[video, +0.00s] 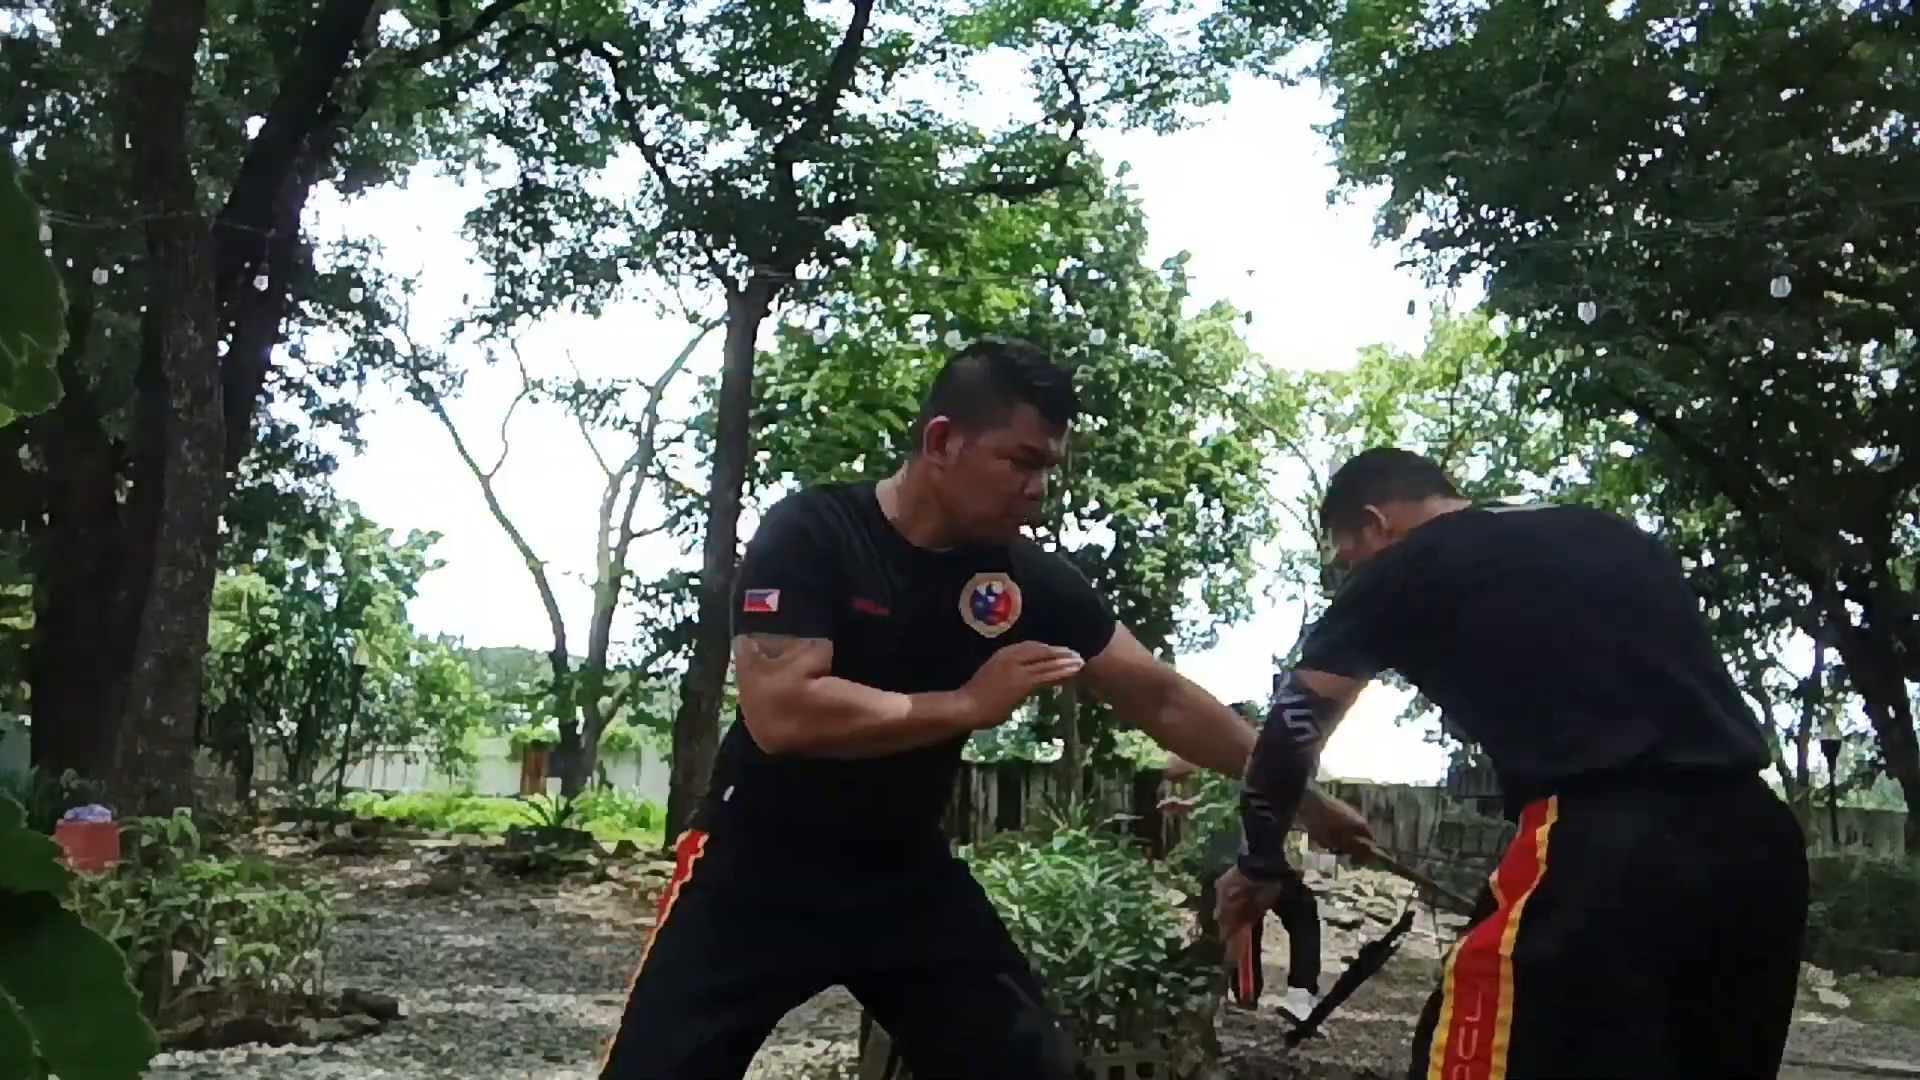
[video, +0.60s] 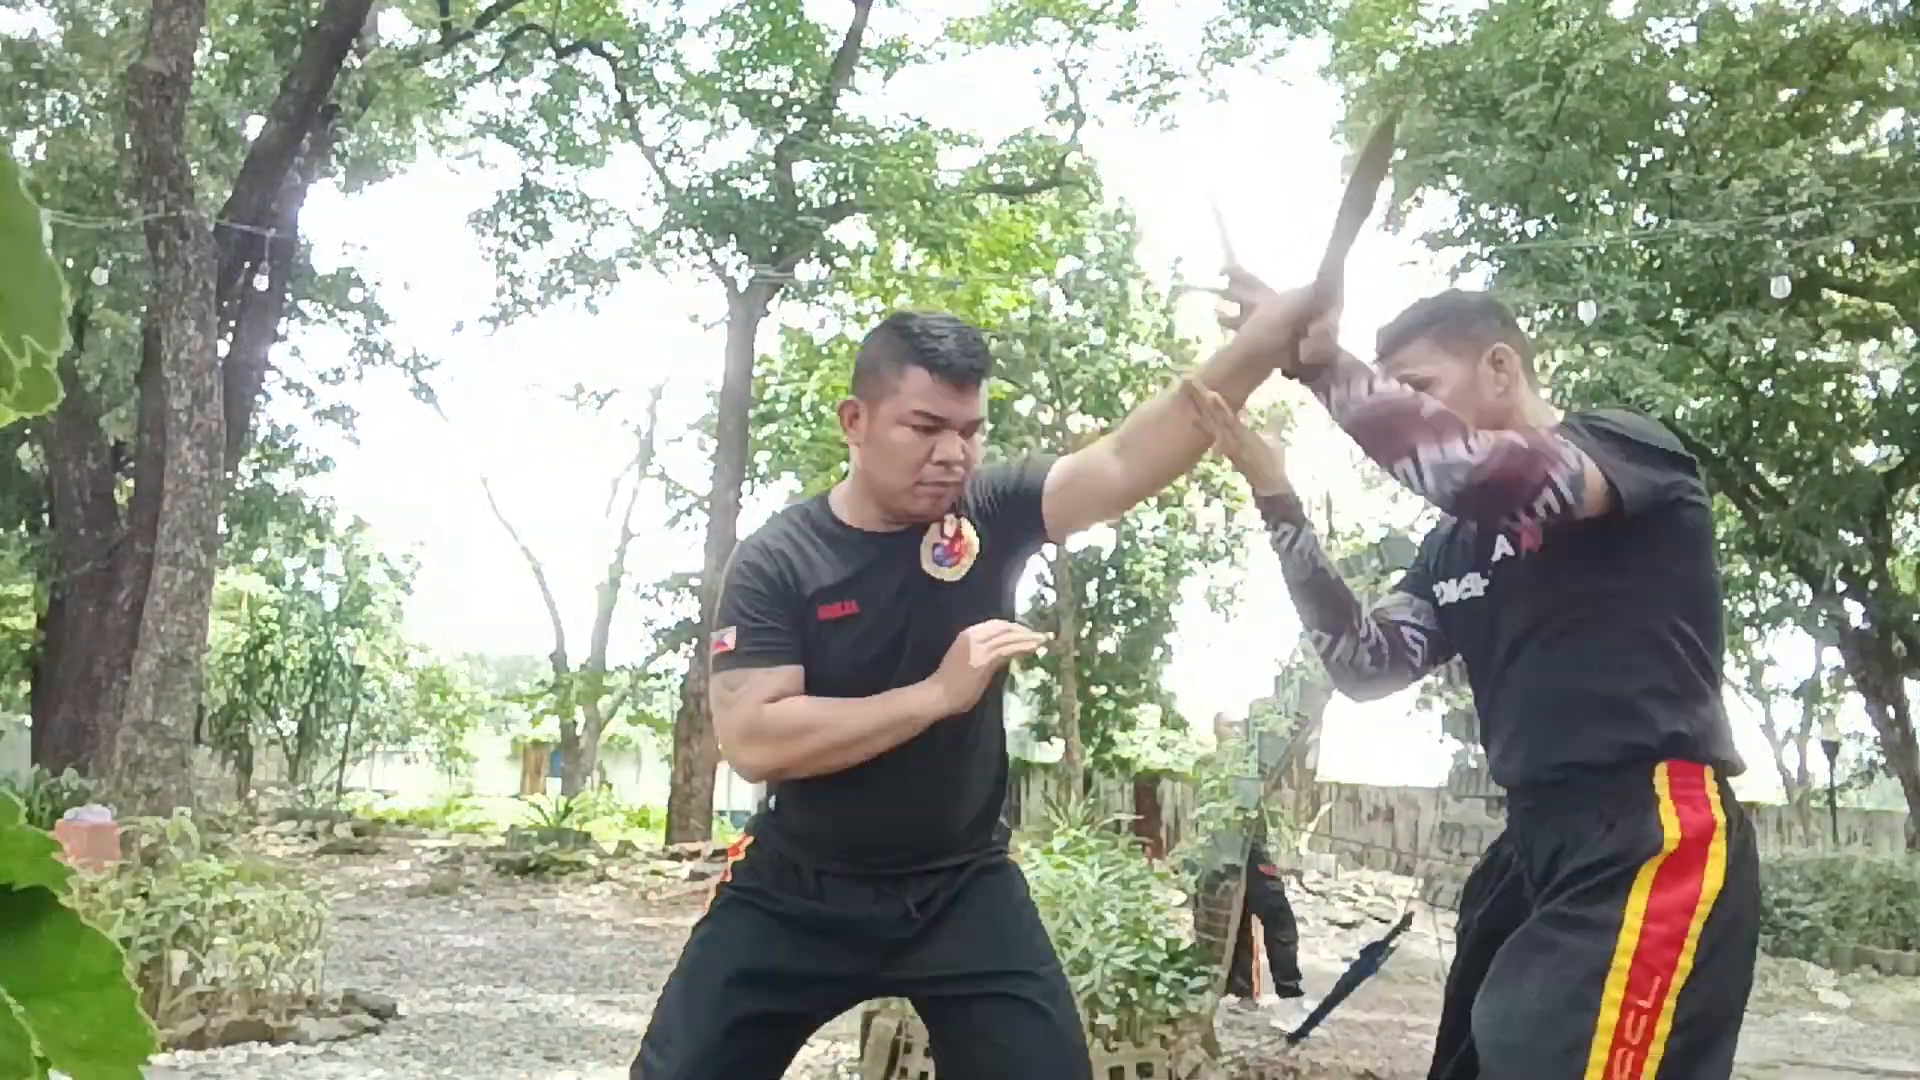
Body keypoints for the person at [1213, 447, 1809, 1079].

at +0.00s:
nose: (1356, 582)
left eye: (1351, 564)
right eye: (1347, 569)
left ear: (1379, 523)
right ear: (1451, 498)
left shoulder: (1404, 569)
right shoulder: (1611, 530)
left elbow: (1292, 727)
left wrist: (1258, 861)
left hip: (1593, 850)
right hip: (1755, 838)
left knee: (1472, 1052)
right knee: (1723, 1061)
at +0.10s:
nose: (1390, 517)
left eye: (1385, 500)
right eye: (1383, 504)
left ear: (1405, 475)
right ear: (1494, 460)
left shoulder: (1405, 543)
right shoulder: (1652, 522)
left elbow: (1316, 699)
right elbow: (1739, 728)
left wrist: (1421, 723)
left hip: (1507, 883)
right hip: (1691, 882)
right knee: (1660, 1066)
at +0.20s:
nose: (1432, 453)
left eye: (1431, 431)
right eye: (1429, 434)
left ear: (1461, 413)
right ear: (1555, 414)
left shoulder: (1426, 501)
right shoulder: (1683, 537)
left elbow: (1310, 561)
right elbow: (1716, 760)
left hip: (1459, 889)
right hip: (1639, 897)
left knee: (1345, 1062)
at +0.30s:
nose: (1454, 419)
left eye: (1454, 400)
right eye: (1451, 404)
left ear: (1488, 385)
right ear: (1583, 394)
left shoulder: (1471, 461)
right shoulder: (1692, 552)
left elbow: (1292, 467)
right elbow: (1605, 730)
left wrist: (1404, 423)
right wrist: (1400, 666)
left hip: (1467, 873)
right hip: (1627, 888)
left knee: (1347, 1062)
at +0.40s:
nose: (1450, 406)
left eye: (1455, 391)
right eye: (1450, 397)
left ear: (1497, 367)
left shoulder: (1533, 437)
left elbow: (1318, 375)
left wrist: (1350, 326)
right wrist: (1303, 587)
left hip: (1530, 859)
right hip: (1623, 877)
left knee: (1389, 1063)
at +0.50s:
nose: (1413, 433)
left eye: (1426, 398)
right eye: (1409, 412)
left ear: (1489, 367)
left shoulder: (1608, 447)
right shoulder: (1496, 568)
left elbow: (1360, 373)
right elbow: (1361, 667)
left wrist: (1315, 327)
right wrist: (1264, 524)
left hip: (1599, 847)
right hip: (1520, 849)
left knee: (1446, 1058)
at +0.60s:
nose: (1409, 415)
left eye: (1423, 386)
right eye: (1398, 400)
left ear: (1501, 366)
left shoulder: (1632, 445)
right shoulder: (1453, 546)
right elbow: (1365, 662)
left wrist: (1322, 363)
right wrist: (1274, 495)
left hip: (1655, 847)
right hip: (1534, 857)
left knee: (1543, 1057)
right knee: (1465, 1064)